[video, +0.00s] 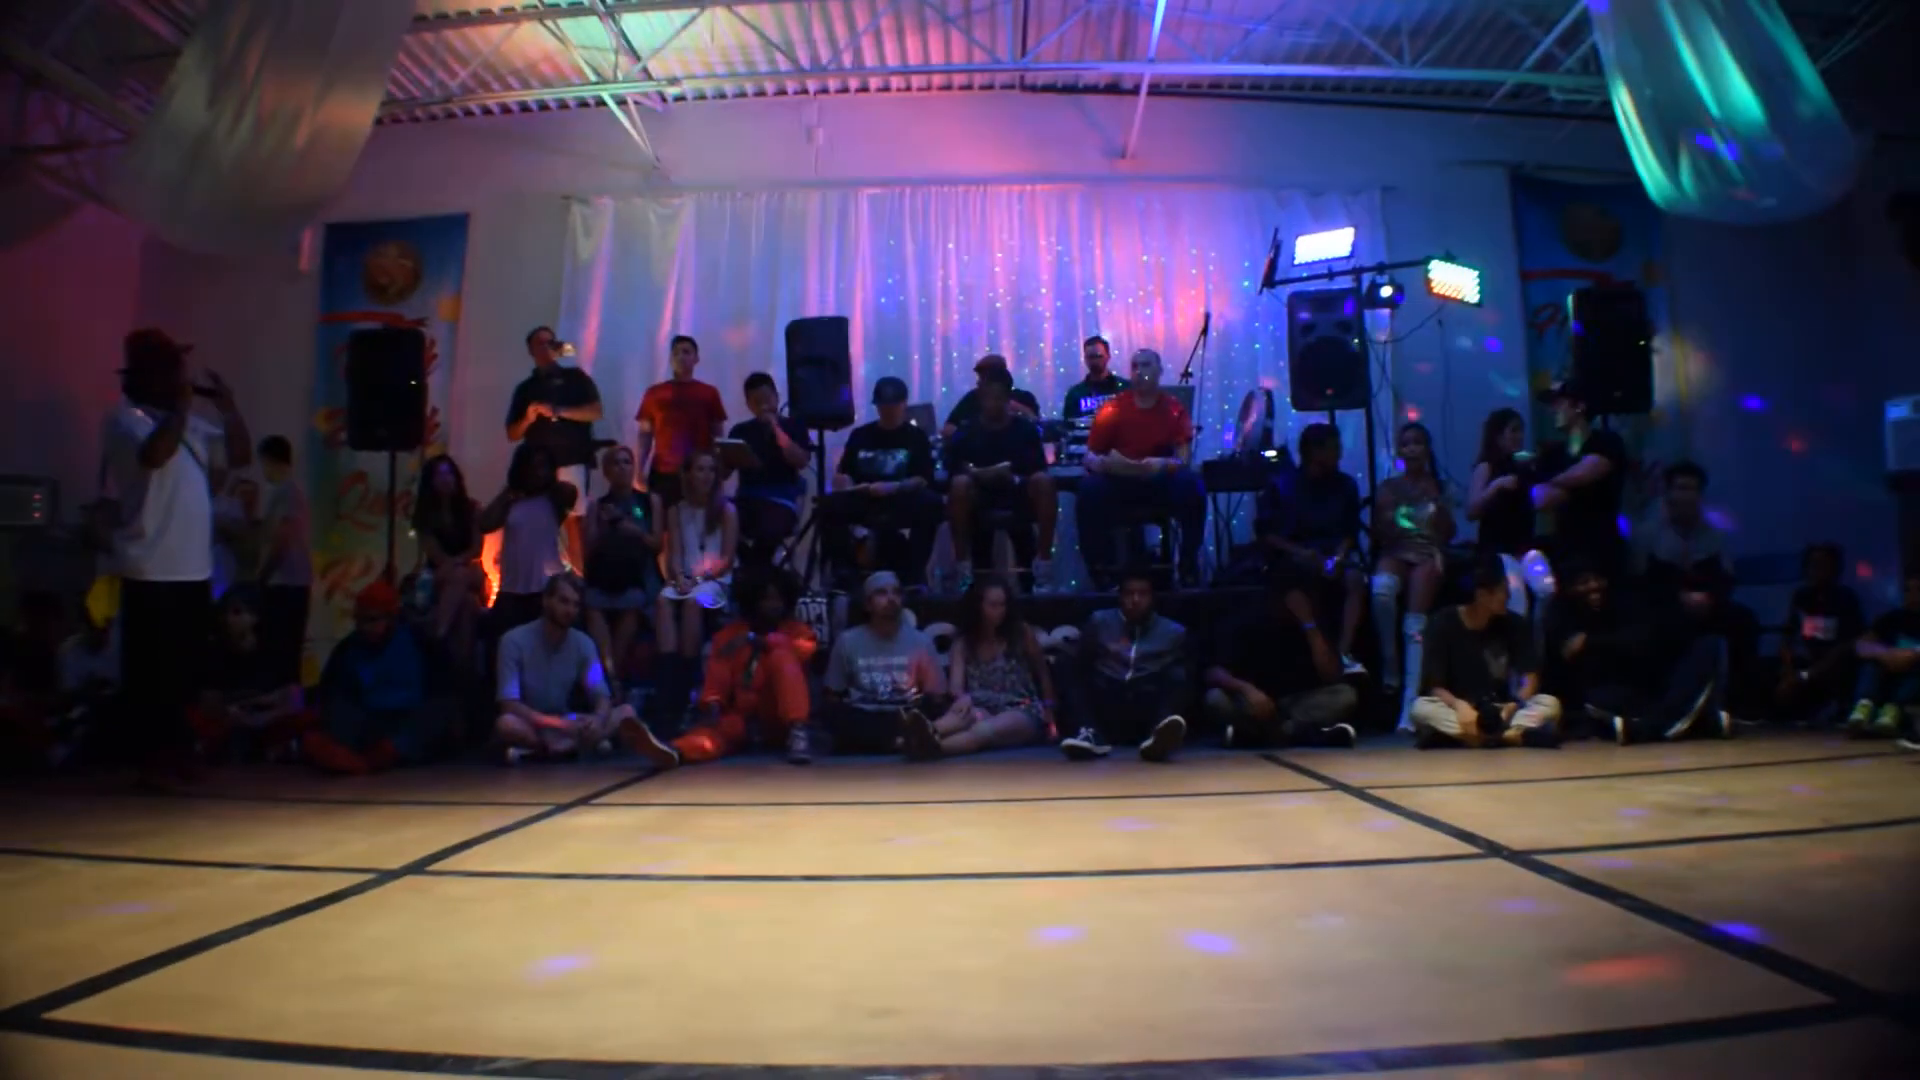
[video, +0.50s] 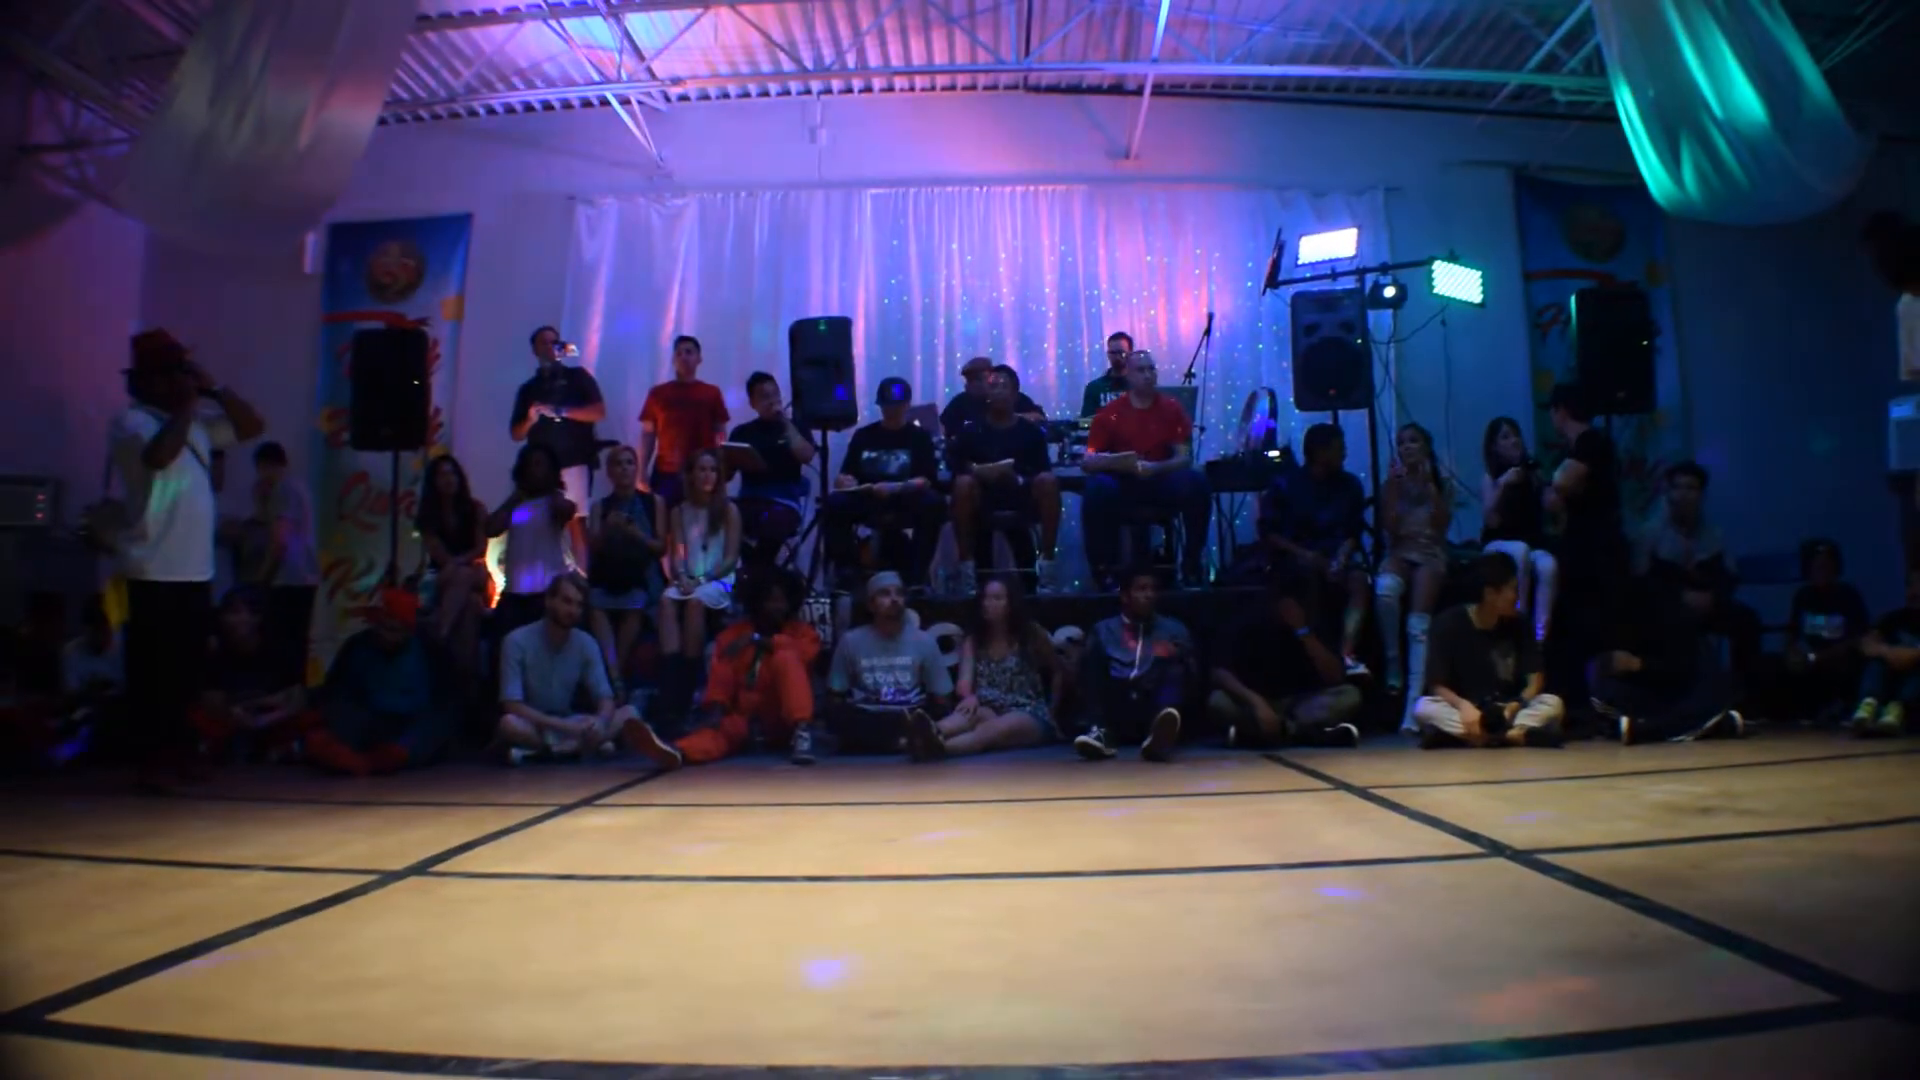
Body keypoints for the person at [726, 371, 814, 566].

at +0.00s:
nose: (764, 404)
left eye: (768, 397)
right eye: (757, 399)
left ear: (777, 398)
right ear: (748, 402)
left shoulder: (793, 428)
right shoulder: (741, 431)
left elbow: (801, 460)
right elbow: (725, 470)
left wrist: (777, 430)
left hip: (781, 494)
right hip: (749, 494)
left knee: (770, 531)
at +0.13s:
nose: (772, 402)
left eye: (775, 395)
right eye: (765, 398)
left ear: (782, 395)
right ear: (754, 402)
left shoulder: (797, 427)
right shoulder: (745, 431)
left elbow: (808, 456)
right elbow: (729, 473)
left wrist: (786, 427)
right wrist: (734, 456)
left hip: (785, 494)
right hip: (752, 494)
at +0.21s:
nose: (774, 400)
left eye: (777, 394)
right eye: (767, 396)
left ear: (783, 394)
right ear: (756, 401)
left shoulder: (798, 426)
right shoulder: (745, 431)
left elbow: (809, 454)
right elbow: (730, 472)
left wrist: (789, 423)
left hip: (787, 494)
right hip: (753, 495)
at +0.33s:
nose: (773, 400)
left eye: (776, 394)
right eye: (766, 396)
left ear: (781, 395)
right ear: (753, 402)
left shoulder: (796, 427)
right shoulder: (743, 431)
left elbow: (807, 455)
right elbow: (729, 473)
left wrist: (788, 423)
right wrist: (731, 454)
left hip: (786, 494)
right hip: (753, 494)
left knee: (775, 526)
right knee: (737, 525)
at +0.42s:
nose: (772, 401)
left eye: (775, 394)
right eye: (765, 397)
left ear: (781, 396)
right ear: (753, 402)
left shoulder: (795, 427)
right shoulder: (743, 432)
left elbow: (807, 456)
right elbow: (728, 473)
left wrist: (788, 424)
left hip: (785, 494)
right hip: (752, 494)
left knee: (775, 526)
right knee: (735, 525)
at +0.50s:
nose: (772, 401)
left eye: (775, 394)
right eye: (765, 396)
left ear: (780, 396)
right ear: (753, 402)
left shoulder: (795, 428)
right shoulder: (742, 432)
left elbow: (806, 456)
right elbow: (727, 473)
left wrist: (786, 423)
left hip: (785, 495)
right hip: (751, 495)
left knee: (773, 527)